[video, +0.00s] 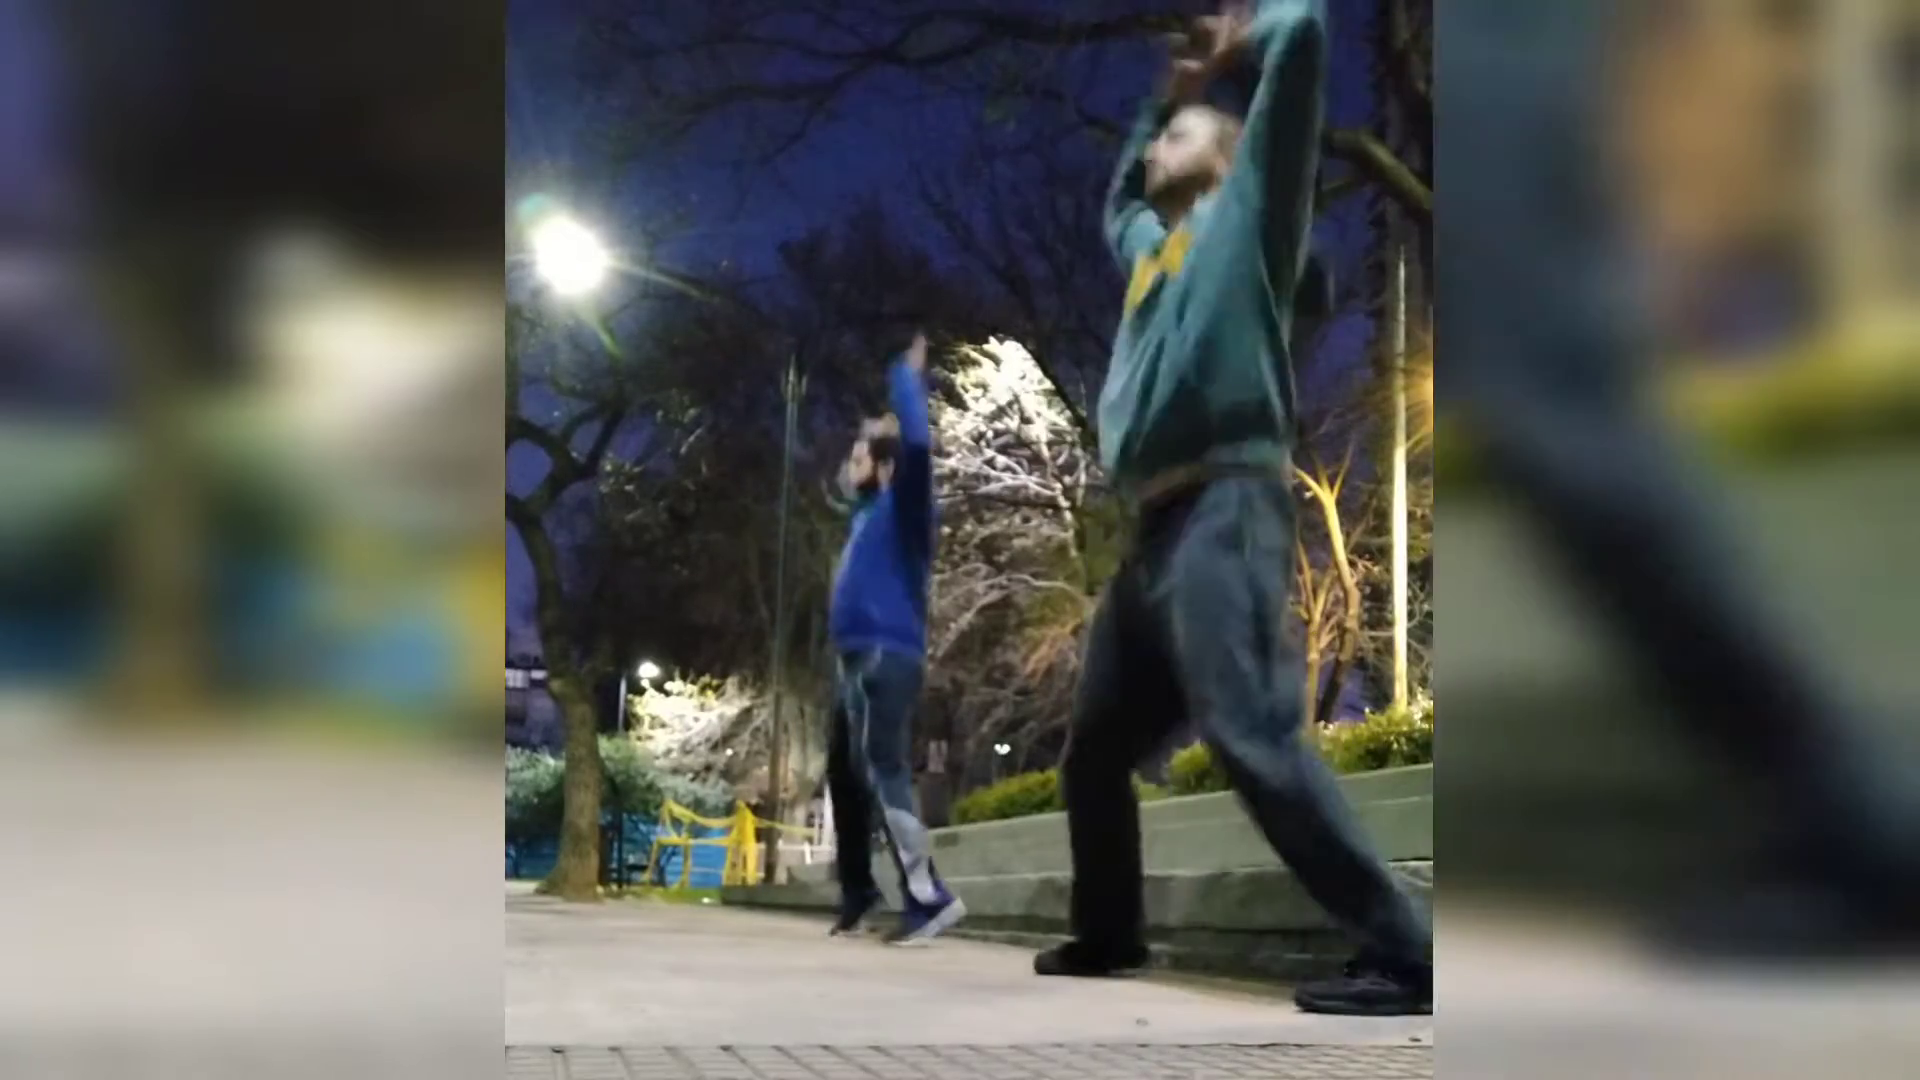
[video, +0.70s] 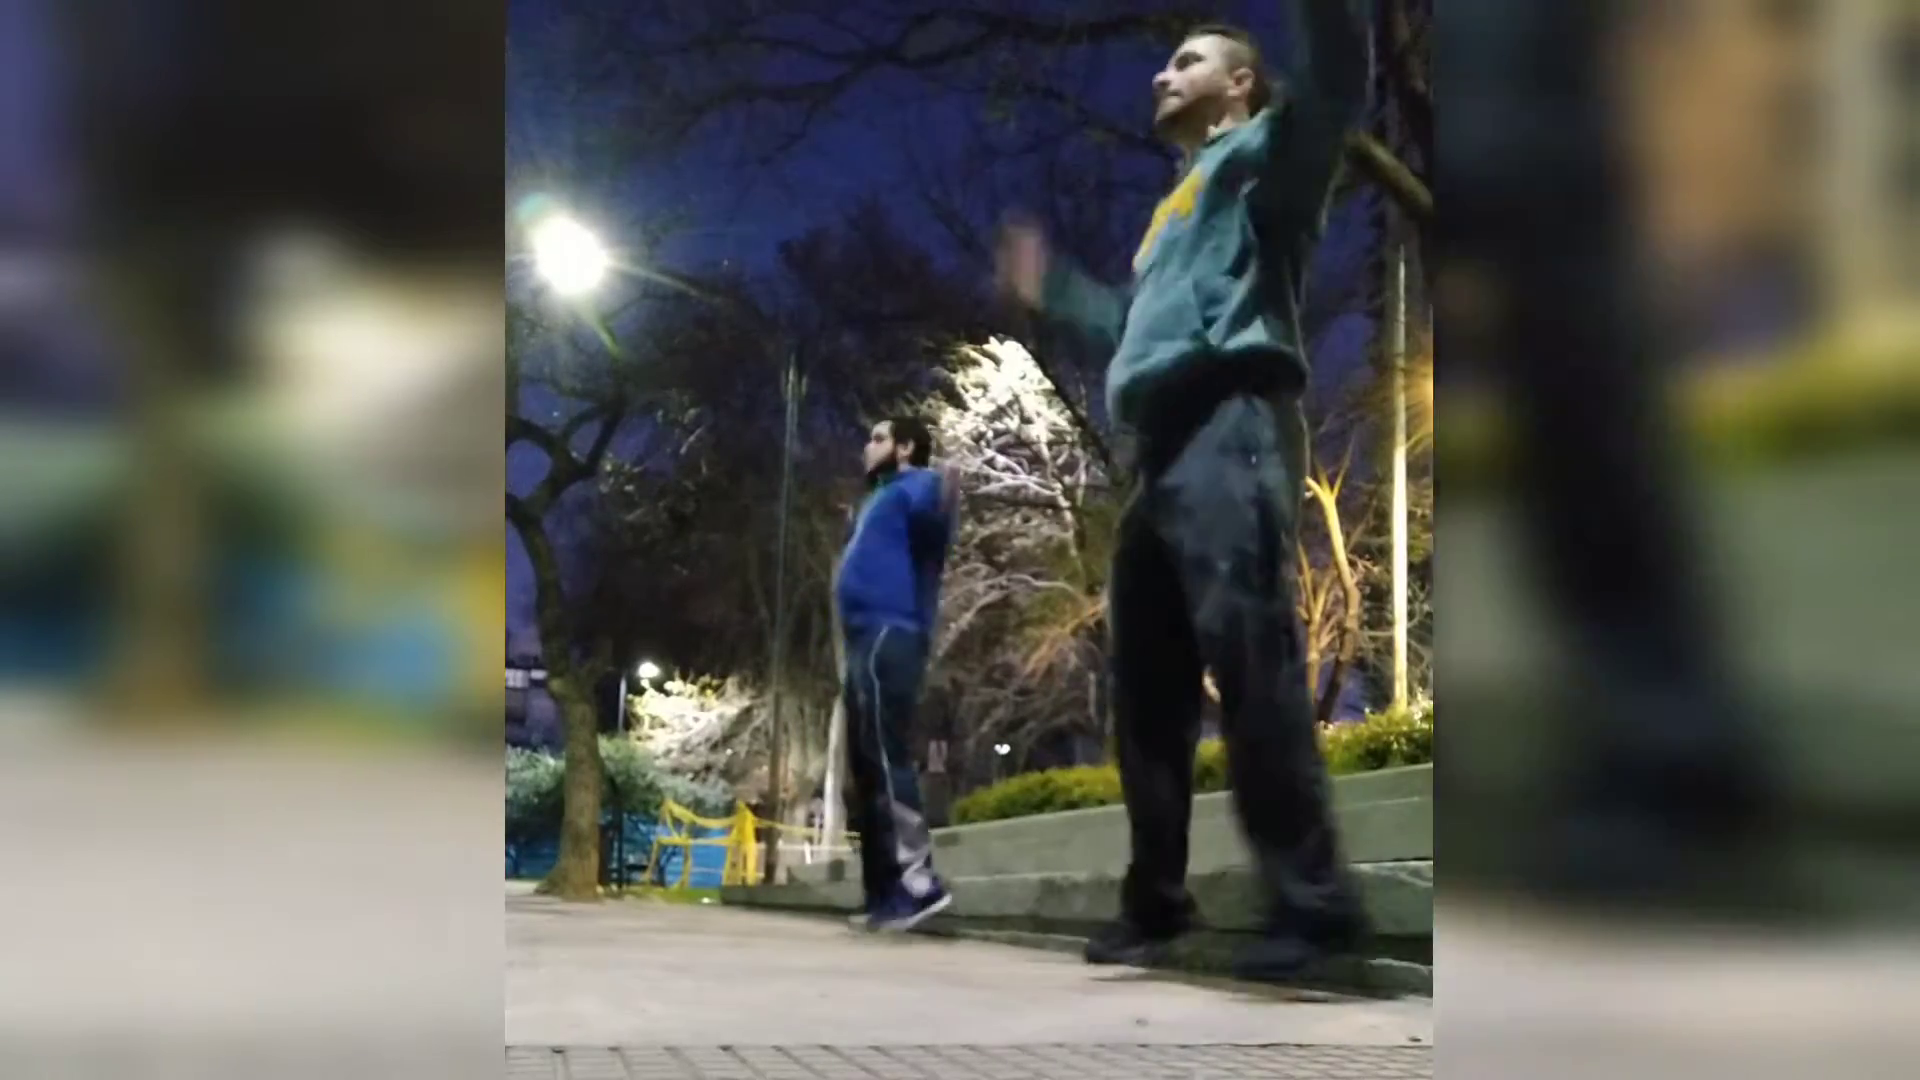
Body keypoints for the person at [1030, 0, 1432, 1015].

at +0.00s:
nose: (1161, 143)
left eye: (1184, 128)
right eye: (1159, 132)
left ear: (1231, 145)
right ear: (1168, 164)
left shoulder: (1254, 208)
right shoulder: (1148, 242)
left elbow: (1301, 32)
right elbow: (1122, 194)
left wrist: (1242, 36)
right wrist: (1172, 91)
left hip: (1229, 503)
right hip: (1156, 525)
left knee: (1250, 736)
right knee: (1095, 751)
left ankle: (1399, 956)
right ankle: (1106, 940)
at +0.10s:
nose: (1160, 125)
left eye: (1182, 112)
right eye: (1159, 118)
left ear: (1229, 131)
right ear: (1167, 155)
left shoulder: (1261, 195)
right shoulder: (1147, 249)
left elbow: (1322, 35)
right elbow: (1116, 211)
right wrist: (1117, 116)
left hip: (1230, 486)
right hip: (1156, 510)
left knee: (1256, 741)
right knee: (1097, 737)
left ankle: (1395, 953)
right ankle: (1105, 937)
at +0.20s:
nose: (1162, 85)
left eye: (1184, 75)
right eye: (1164, 77)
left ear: (1235, 99)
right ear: (1169, 111)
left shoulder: (1260, 158)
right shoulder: (1153, 224)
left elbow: (1343, 56)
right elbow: (1105, 270)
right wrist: (1043, 201)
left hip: (1227, 442)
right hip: (1155, 464)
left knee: (1259, 693)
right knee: (1114, 704)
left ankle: (1366, 937)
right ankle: (1106, 913)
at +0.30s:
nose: (1150, 72)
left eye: (1172, 58)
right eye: (1151, 62)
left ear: (1227, 80)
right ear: (1167, 95)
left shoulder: (1244, 151)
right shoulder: (1160, 202)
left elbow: (1338, 184)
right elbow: (1146, 353)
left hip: (1223, 425)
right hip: (1156, 446)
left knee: (1225, 656)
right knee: (1121, 676)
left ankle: (1286, 909)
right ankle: (1158, 906)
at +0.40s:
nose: (1143, 98)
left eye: (1165, 83)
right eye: (1146, 87)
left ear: (1217, 104)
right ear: (1163, 115)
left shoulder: (1260, 178)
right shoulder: (1161, 219)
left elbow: (1337, 297)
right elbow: (1150, 358)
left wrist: (1279, 363)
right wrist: (1105, 467)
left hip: (1220, 470)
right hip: (1146, 482)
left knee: (1209, 689)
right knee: (1126, 704)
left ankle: (1250, 944)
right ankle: (1180, 935)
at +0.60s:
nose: (1151, 97)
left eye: (1173, 82)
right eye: (1154, 85)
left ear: (1227, 101)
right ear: (1180, 115)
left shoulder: (1268, 176)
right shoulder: (1177, 218)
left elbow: (1320, 286)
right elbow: (1165, 357)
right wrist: (1135, 459)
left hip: (1224, 461)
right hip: (1159, 478)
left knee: (1211, 694)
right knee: (1141, 702)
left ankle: (1248, 939)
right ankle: (1182, 932)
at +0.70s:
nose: (1164, 75)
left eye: (1189, 60)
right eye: (1165, 64)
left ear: (1245, 81)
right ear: (1181, 101)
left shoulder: (1269, 161)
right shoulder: (1174, 215)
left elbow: (1329, 83)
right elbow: (1140, 332)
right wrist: (1049, 283)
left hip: (1232, 427)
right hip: (1161, 449)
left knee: (1252, 665)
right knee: (1149, 685)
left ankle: (1314, 904)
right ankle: (1154, 907)